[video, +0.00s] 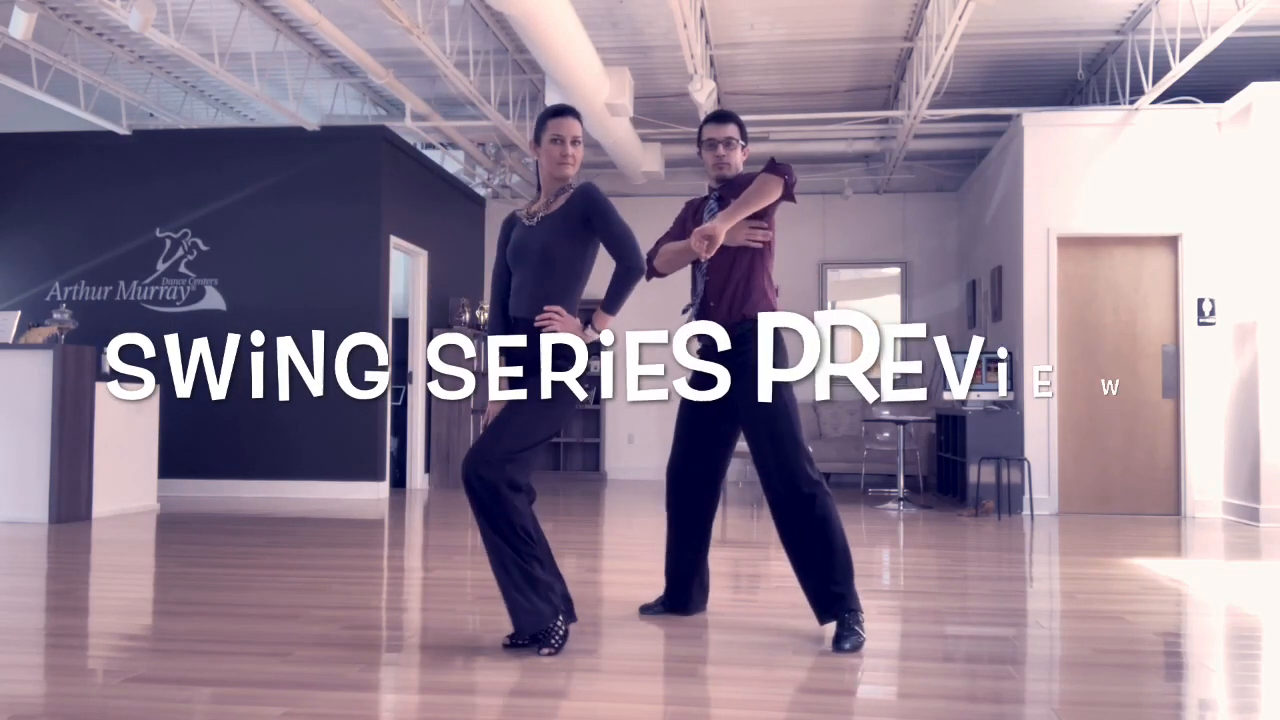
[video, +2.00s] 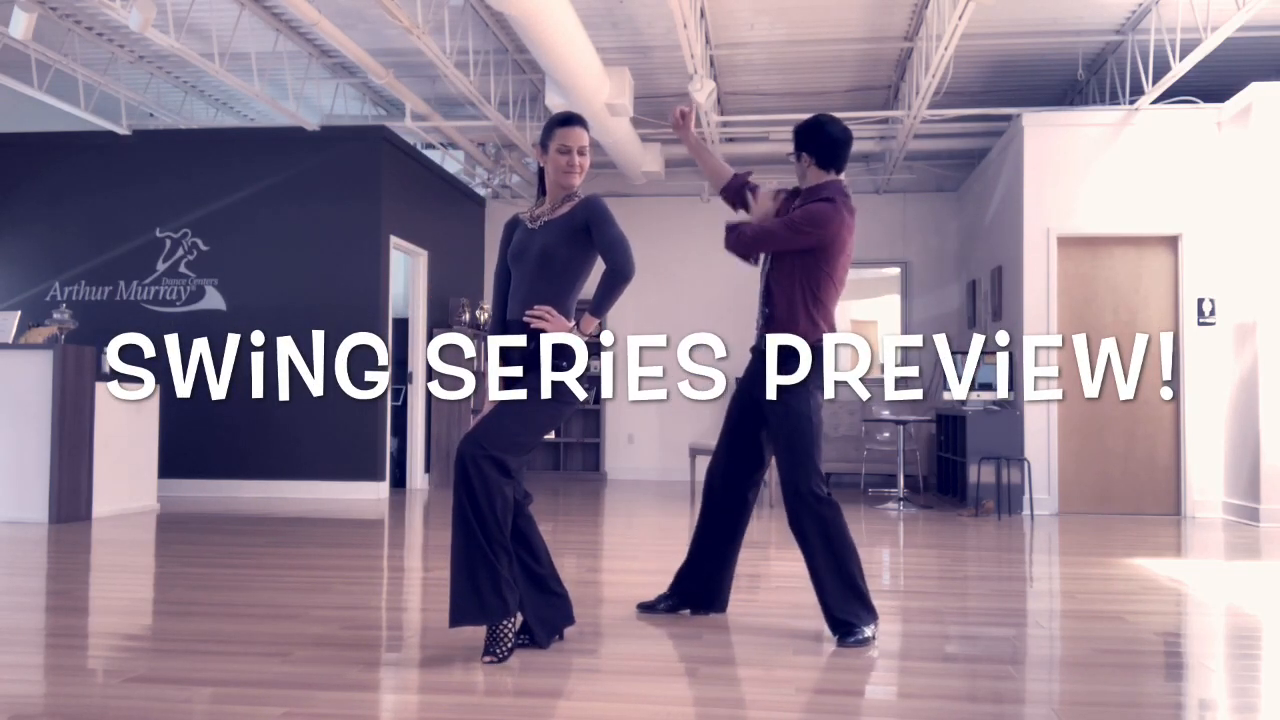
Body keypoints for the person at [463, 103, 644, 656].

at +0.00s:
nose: (568, 151)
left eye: (576, 142)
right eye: (557, 141)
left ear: (584, 151)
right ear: (536, 149)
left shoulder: (587, 201)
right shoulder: (516, 222)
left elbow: (633, 262)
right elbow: (500, 304)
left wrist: (592, 328)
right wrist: (496, 384)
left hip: (561, 366)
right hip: (519, 367)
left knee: (484, 468)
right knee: (498, 480)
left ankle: (549, 609)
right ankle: (538, 614)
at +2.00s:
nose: (575, 161)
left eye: (583, 152)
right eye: (564, 151)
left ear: (591, 160)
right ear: (541, 156)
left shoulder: (589, 209)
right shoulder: (517, 225)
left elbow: (622, 267)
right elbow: (500, 310)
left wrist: (583, 326)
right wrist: (492, 386)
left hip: (559, 369)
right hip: (516, 368)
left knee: (476, 451)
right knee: (499, 482)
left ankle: (505, 605)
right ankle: (546, 608)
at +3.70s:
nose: (597, 155)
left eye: (607, 148)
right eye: (588, 145)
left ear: (616, 159)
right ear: (569, 153)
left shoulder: (622, 212)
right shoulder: (540, 218)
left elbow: (702, 176)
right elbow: (526, 289)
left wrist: (665, 112)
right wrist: (594, 288)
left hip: (586, 364)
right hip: (543, 364)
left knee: (506, 462)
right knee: (538, 485)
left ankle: (538, 614)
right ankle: (588, 607)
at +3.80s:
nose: (598, 158)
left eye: (607, 151)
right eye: (589, 149)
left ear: (615, 162)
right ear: (569, 157)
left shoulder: (622, 216)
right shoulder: (539, 227)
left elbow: (671, 226)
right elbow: (519, 303)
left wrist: (666, 177)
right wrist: (527, 325)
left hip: (595, 369)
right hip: (547, 368)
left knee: (512, 466)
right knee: (533, 490)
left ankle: (535, 615)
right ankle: (587, 609)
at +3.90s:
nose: (600, 154)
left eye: (609, 145)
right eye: (590, 145)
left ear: (620, 153)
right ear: (572, 152)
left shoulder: (630, 212)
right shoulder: (546, 218)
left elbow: (613, 279)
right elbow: (516, 279)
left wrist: (595, 218)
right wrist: (488, 313)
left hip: (600, 361)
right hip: (547, 359)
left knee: (532, 459)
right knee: (533, 476)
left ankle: (540, 614)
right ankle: (588, 606)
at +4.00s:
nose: (603, 144)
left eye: (611, 136)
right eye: (592, 135)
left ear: (622, 145)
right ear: (573, 143)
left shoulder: (627, 203)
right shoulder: (554, 205)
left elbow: (604, 282)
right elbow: (505, 243)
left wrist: (546, 235)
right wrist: (473, 259)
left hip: (604, 357)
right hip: (553, 354)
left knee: (551, 456)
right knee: (545, 468)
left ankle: (546, 616)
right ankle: (590, 606)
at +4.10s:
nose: (602, 144)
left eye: (610, 135)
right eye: (591, 135)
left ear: (621, 143)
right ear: (573, 142)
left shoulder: (627, 198)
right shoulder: (556, 199)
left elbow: (603, 274)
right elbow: (482, 214)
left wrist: (557, 243)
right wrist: (470, 231)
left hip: (608, 359)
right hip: (558, 357)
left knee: (553, 460)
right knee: (550, 470)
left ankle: (547, 617)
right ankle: (591, 606)